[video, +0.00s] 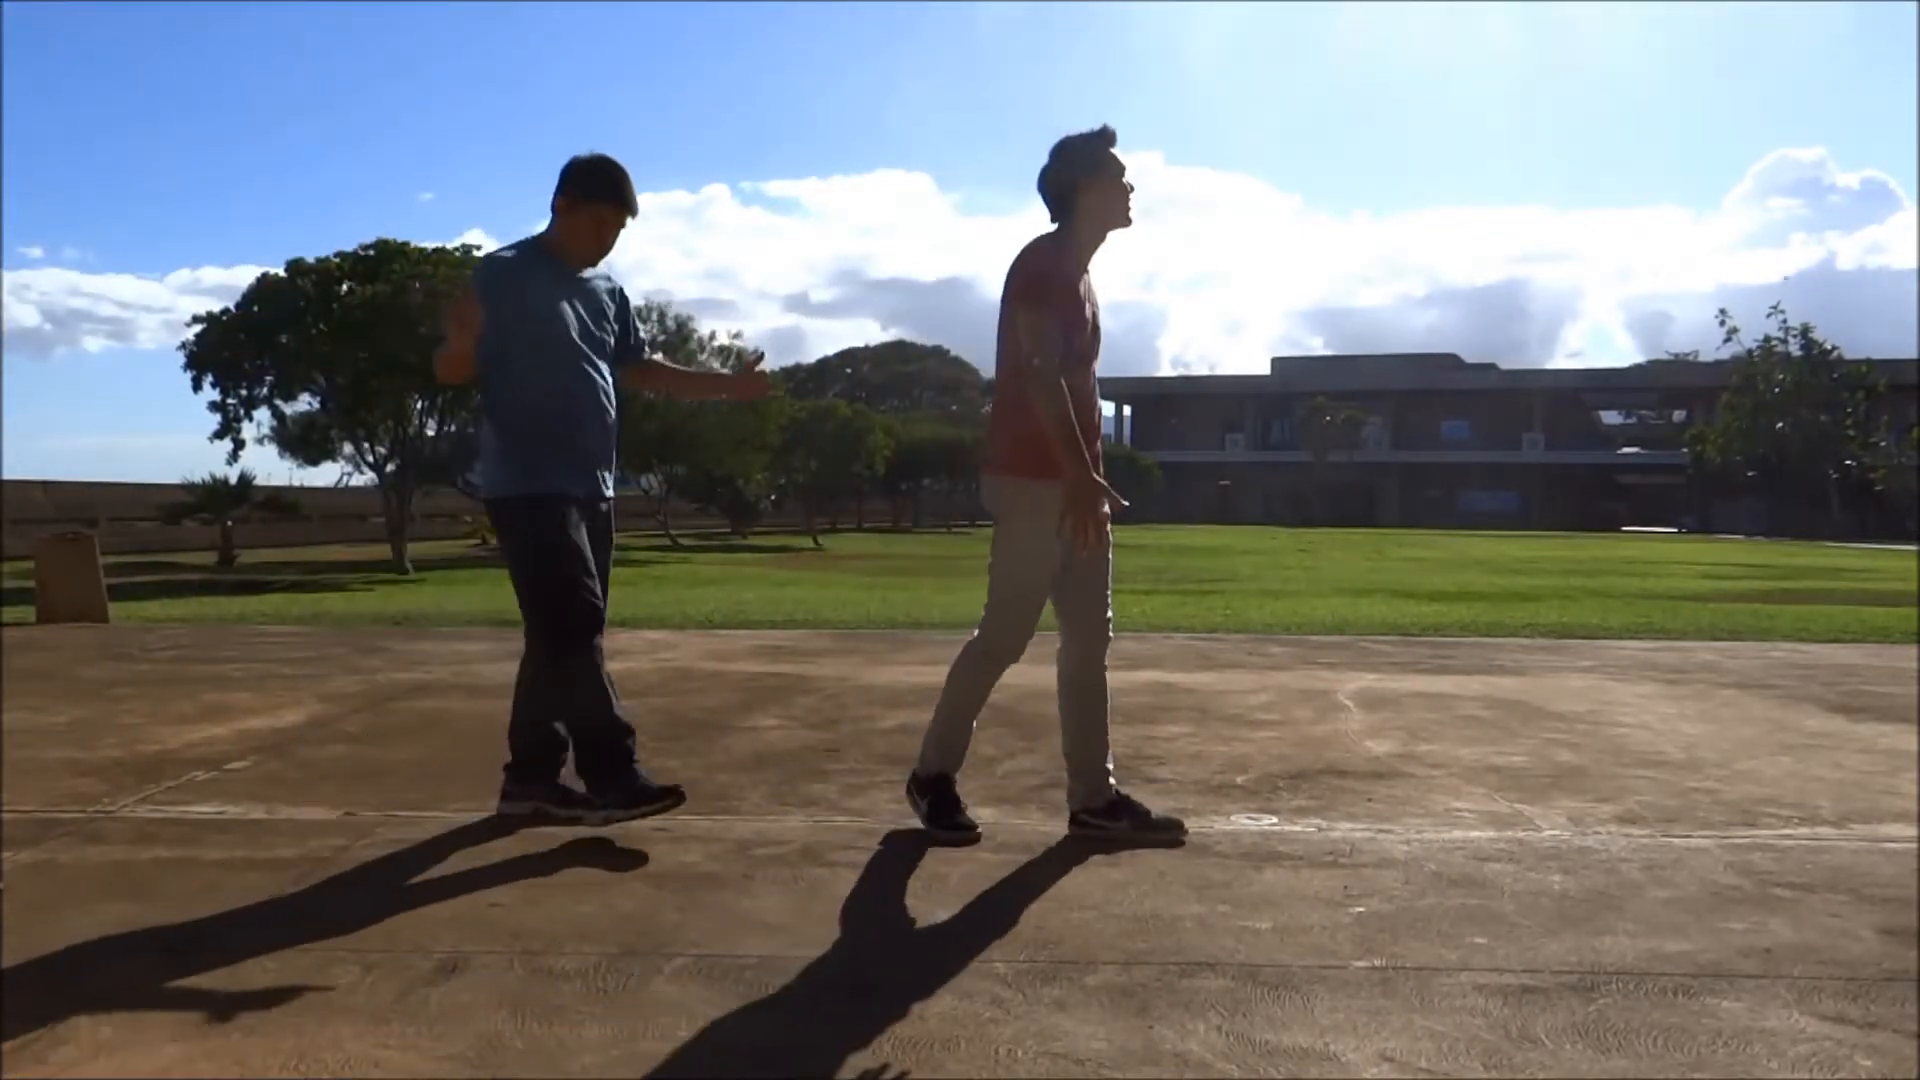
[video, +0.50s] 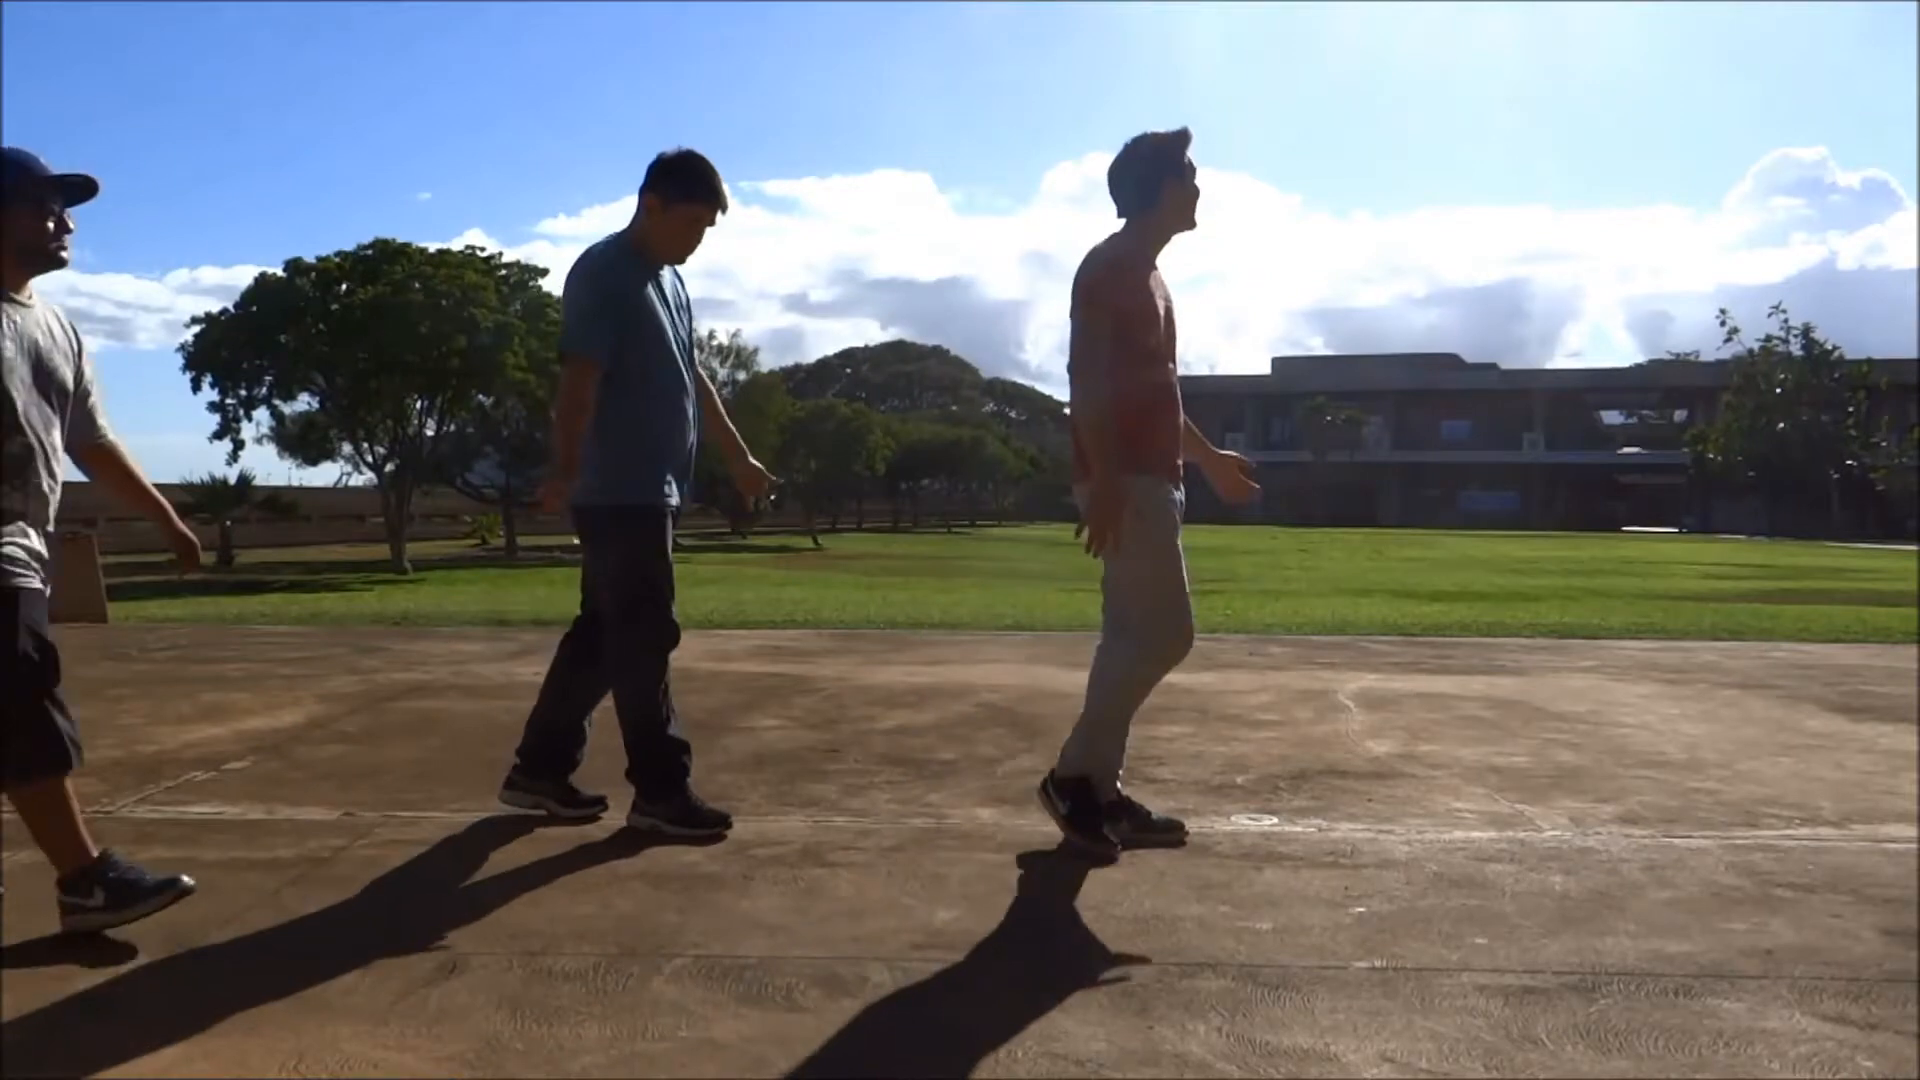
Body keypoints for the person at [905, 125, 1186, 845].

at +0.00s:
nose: (1130, 185)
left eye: (1125, 175)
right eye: (1117, 175)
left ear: (1091, 192)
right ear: (1082, 190)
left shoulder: (1076, 279)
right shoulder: (1043, 264)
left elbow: (1076, 388)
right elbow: (1043, 375)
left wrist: (1095, 480)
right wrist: (1079, 477)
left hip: (1078, 480)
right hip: (1032, 479)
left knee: (1087, 642)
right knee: (1006, 633)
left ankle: (1093, 799)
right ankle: (932, 776)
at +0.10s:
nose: (1145, 182)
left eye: (1140, 171)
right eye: (1132, 171)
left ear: (1105, 191)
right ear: (1097, 188)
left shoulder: (1095, 276)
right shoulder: (1062, 265)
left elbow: (1098, 385)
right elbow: (1059, 377)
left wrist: (1116, 472)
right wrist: (1091, 474)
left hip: (1099, 479)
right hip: (1051, 478)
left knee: (1099, 641)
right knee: (1029, 634)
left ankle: (1094, 798)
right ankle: (940, 770)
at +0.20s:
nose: (1160, 181)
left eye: (1154, 169)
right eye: (1146, 170)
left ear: (1116, 189)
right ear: (1112, 187)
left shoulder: (1110, 271)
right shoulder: (1079, 263)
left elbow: (1100, 384)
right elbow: (1070, 376)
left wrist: (1132, 463)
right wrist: (1102, 472)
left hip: (1111, 479)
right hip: (1070, 476)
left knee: (1110, 638)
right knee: (1061, 633)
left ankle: (1094, 798)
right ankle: (955, 761)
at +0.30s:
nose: (1174, 181)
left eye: (1168, 169)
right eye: (1161, 170)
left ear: (1133, 190)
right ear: (1126, 188)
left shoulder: (1121, 273)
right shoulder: (1091, 265)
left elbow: (1109, 389)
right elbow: (1077, 380)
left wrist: (1153, 457)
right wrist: (1108, 471)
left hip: (1123, 479)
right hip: (1089, 476)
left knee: (1115, 641)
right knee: (1097, 638)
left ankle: (1096, 799)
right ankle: (983, 752)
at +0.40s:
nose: (1187, 184)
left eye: (1181, 173)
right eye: (1175, 174)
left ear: (1147, 189)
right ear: (1142, 189)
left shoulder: (1134, 272)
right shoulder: (1103, 266)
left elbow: (1138, 388)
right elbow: (1084, 383)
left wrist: (1183, 455)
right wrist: (1106, 479)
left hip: (1141, 480)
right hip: (1109, 483)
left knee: (1124, 637)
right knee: (1135, 634)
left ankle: (1096, 800)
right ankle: (1019, 755)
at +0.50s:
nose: (1200, 188)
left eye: (1195, 176)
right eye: (1188, 176)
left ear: (1155, 191)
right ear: (1155, 189)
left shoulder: (1147, 276)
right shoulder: (1110, 269)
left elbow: (1155, 392)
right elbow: (1090, 386)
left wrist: (1208, 456)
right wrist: (1102, 483)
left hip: (1149, 481)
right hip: (1127, 483)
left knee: (1133, 633)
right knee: (1165, 633)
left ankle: (1103, 792)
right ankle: (1072, 778)